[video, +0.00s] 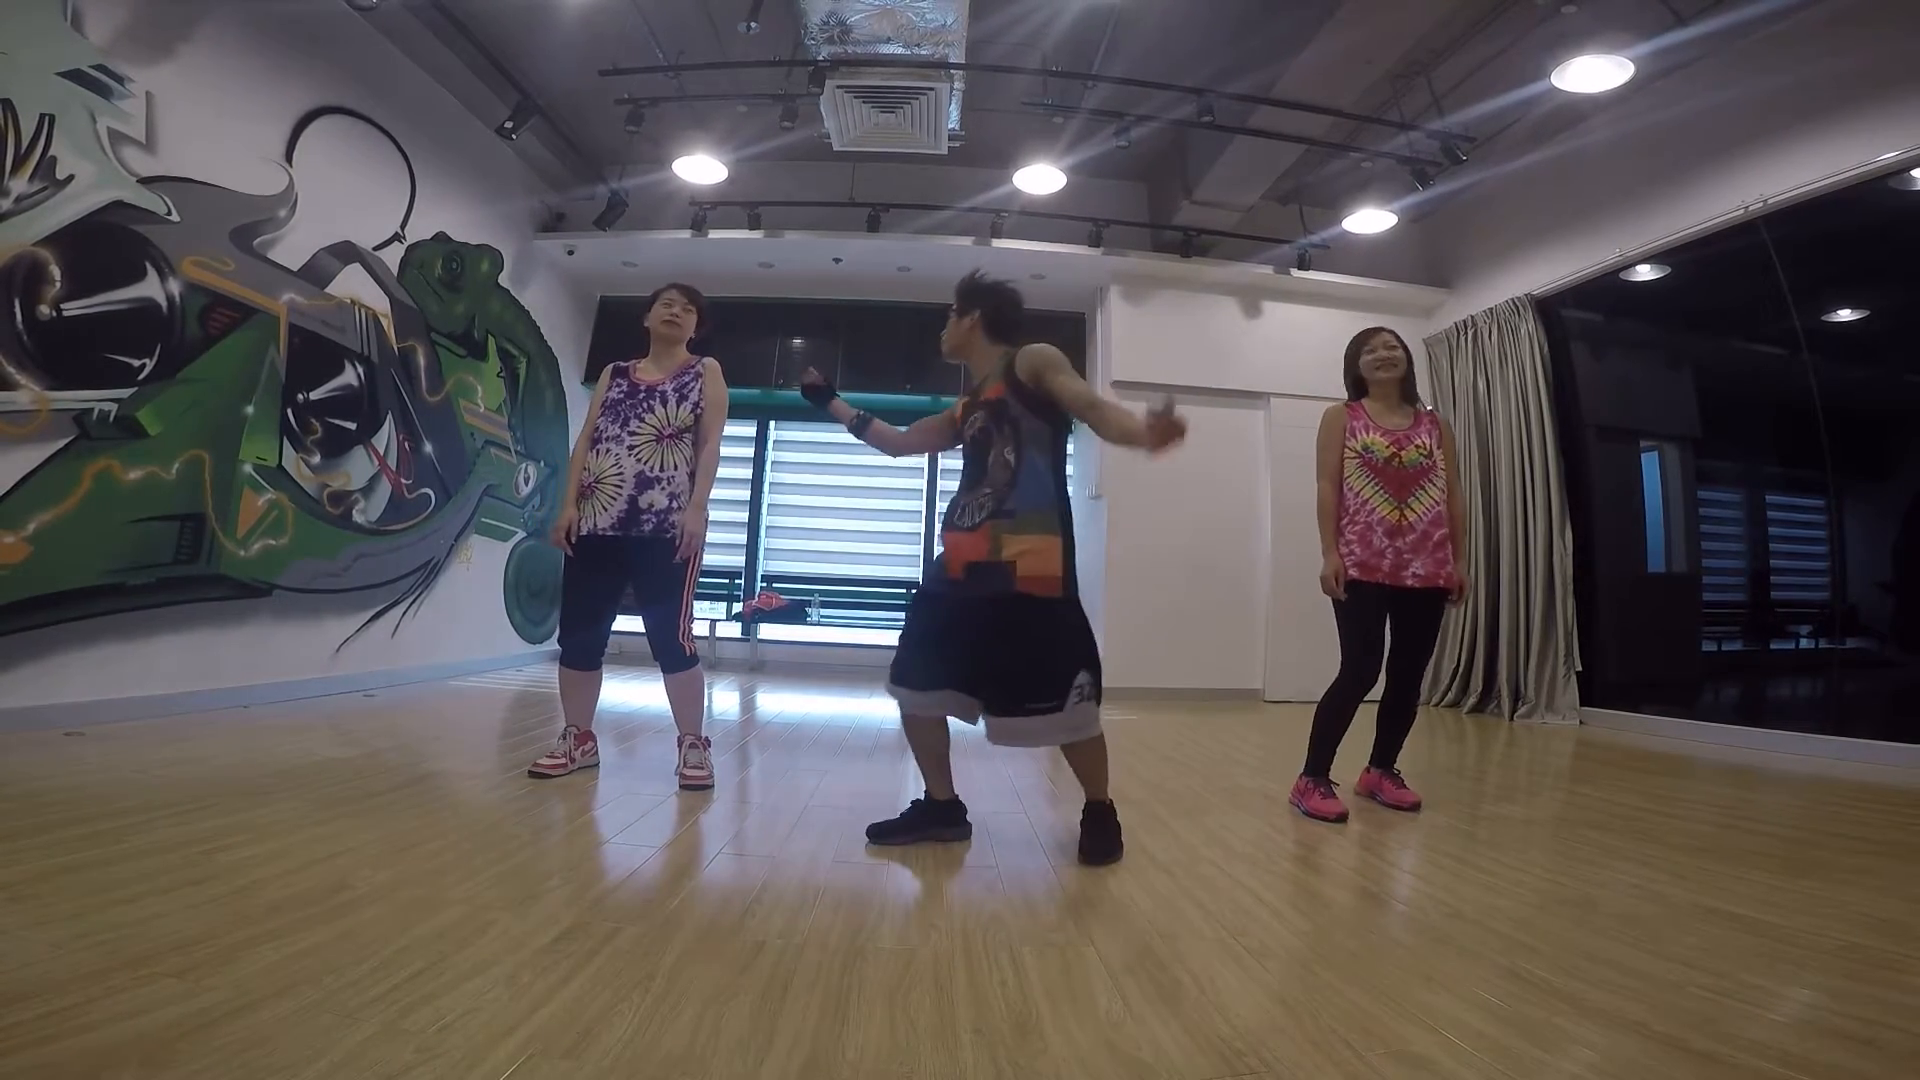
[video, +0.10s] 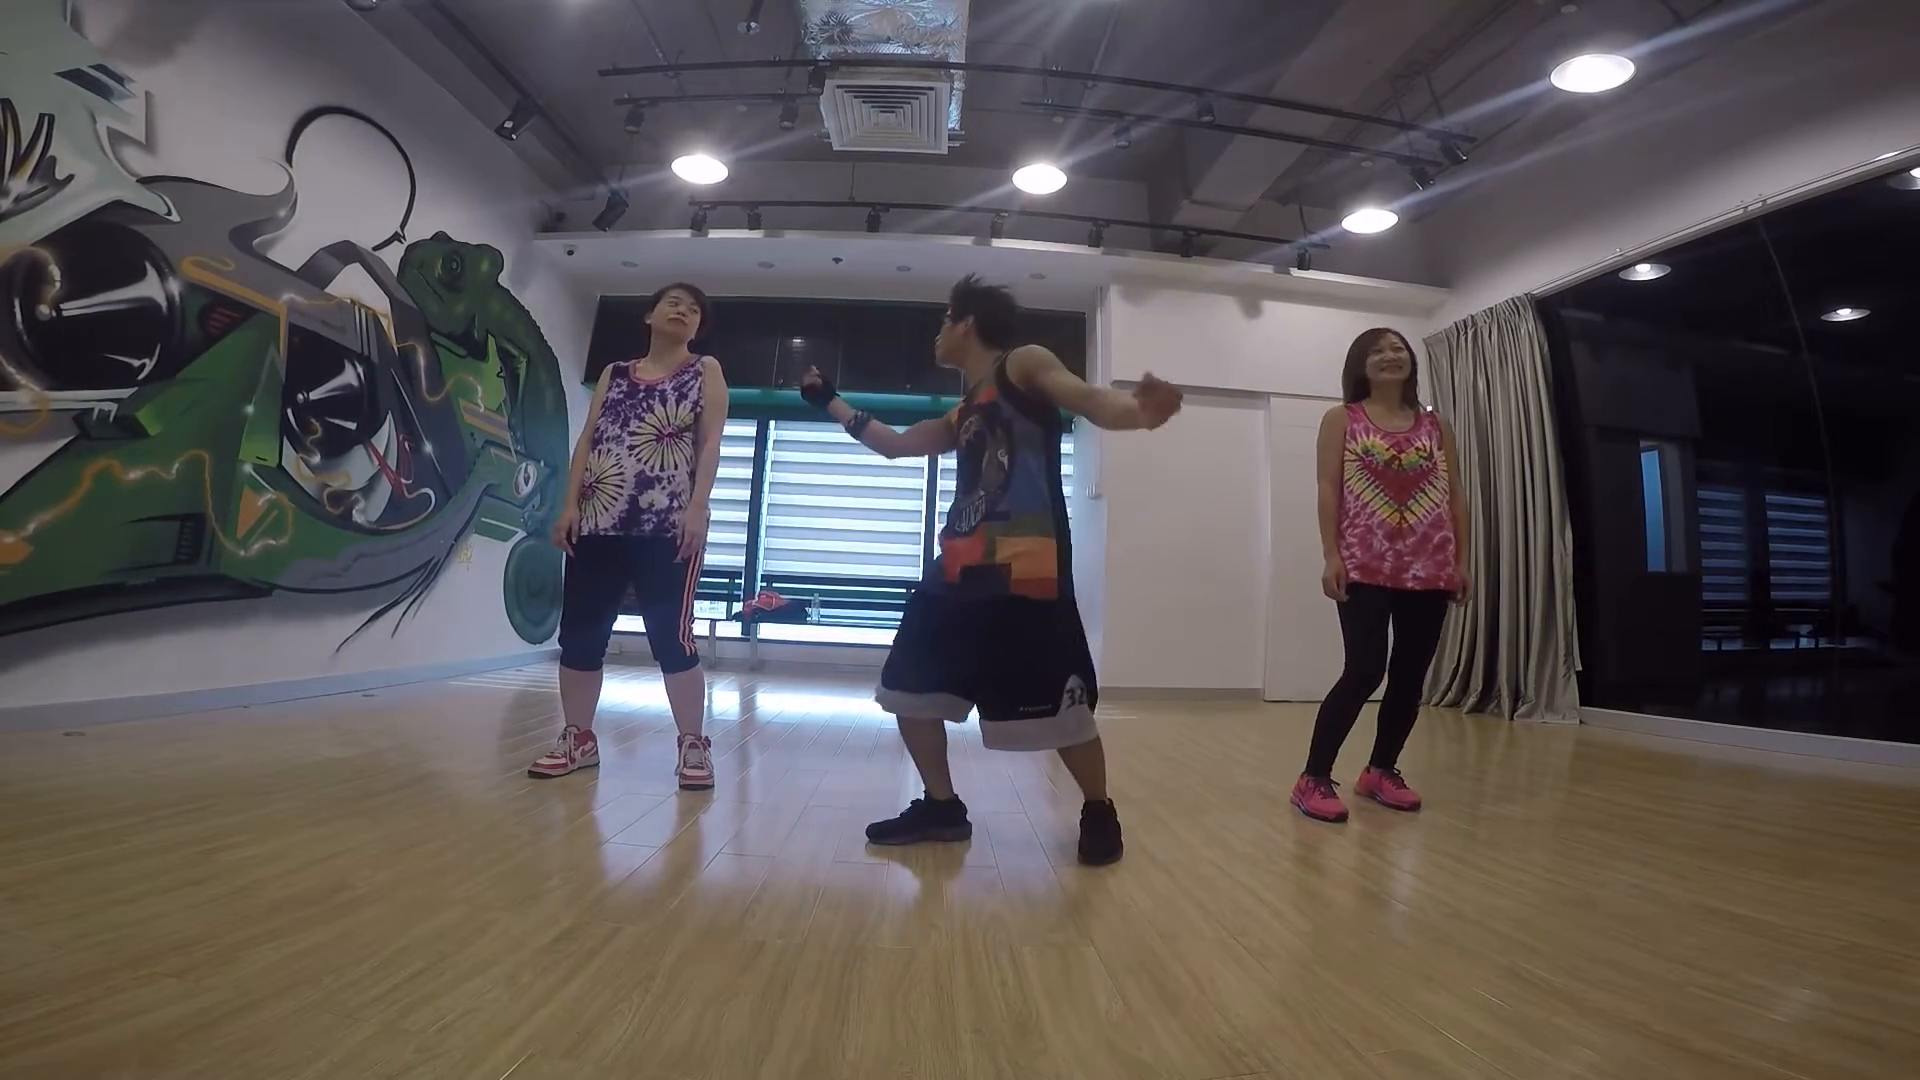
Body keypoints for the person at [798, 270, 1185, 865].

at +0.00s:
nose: (944, 328)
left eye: (952, 317)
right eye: (947, 317)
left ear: (977, 320)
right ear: (978, 324)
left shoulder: (1033, 361)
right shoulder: (970, 405)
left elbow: (1089, 405)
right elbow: (899, 440)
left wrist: (1143, 433)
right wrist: (829, 400)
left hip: (1036, 567)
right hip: (961, 567)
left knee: (1067, 700)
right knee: (917, 685)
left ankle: (1099, 811)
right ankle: (940, 805)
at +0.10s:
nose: (938, 332)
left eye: (945, 322)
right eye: (941, 322)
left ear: (970, 326)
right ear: (971, 330)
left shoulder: (1024, 362)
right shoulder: (965, 412)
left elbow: (1083, 395)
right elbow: (895, 442)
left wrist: (1137, 410)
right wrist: (828, 399)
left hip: (1031, 562)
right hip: (959, 565)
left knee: (1060, 698)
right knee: (911, 687)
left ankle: (1098, 810)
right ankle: (940, 805)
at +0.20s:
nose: (935, 333)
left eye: (943, 322)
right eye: (939, 323)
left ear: (968, 329)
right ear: (968, 333)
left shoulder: (1022, 364)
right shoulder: (966, 414)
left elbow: (1086, 399)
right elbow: (907, 464)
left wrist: (1142, 425)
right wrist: (844, 422)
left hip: (1029, 565)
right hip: (957, 568)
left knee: (1060, 699)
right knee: (904, 689)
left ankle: (1098, 810)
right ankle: (940, 804)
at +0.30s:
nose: (941, 322)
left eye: (955, 312)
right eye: (941, 315)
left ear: (991, 325)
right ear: (951, 335)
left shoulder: (1028, 367)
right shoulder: (959, 413)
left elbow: (1095, 413)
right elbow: (955, 484)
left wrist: (1153, 464)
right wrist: (896, 493)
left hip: (1026, 567)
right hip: (953, 569)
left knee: (1062, 700)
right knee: (902, 688)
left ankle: (1098, 810)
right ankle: (939, 805)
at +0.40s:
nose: (969, 313)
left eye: (983, 306)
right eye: (959, 306)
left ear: (1006, 326)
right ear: (947, 330)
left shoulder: (1033, 369)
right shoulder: (955, 414)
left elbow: (1105, 429)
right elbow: (974, 487)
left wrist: (1150, 508)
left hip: (1025, 566)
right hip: (948, 566)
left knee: (1062, 700)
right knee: (899, 690)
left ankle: (1098, 808)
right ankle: (939, 804)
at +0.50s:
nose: (982, 313)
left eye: (994, 308)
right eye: (970, 307)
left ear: (1011, 328)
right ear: (951, 329)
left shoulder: (1038, 371)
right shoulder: (955, 418)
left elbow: (1101, 441)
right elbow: (967, 495)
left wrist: (1132, 527)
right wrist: (947, 556)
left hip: (1025, 568)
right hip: (947, 570)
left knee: (1060, 702)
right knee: (896, 693)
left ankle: (1098, 807)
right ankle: (939, 804)